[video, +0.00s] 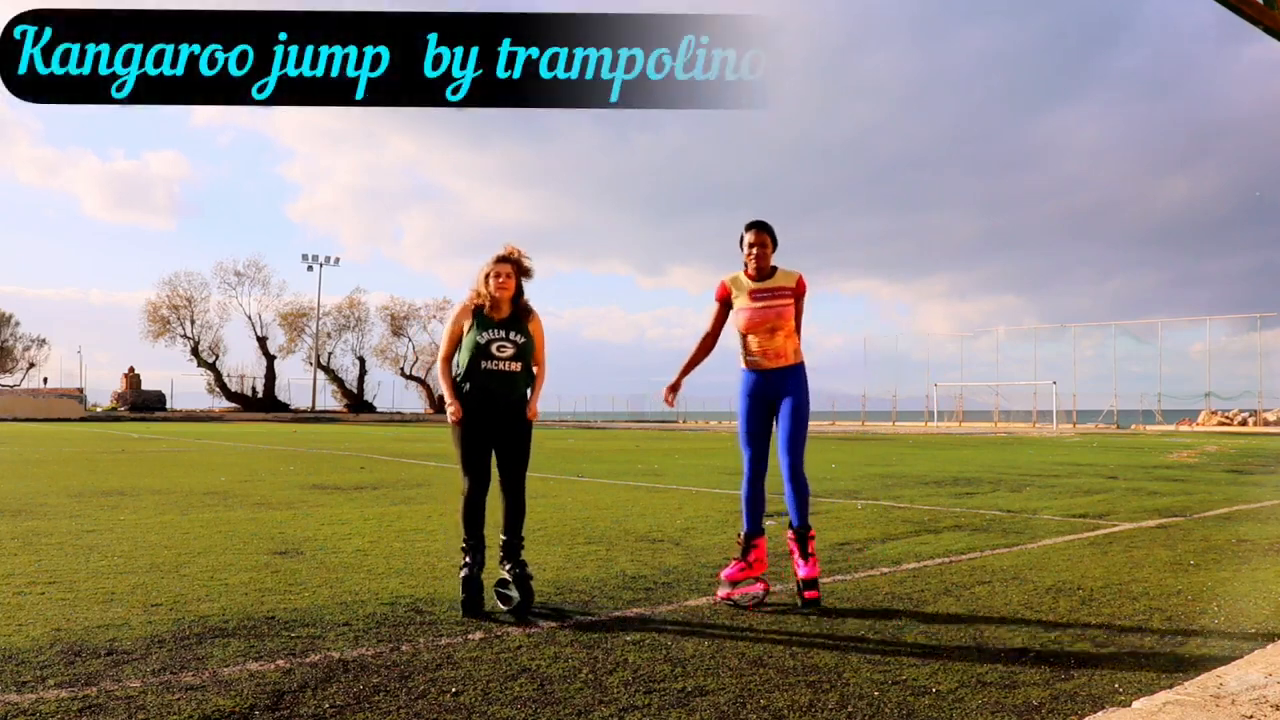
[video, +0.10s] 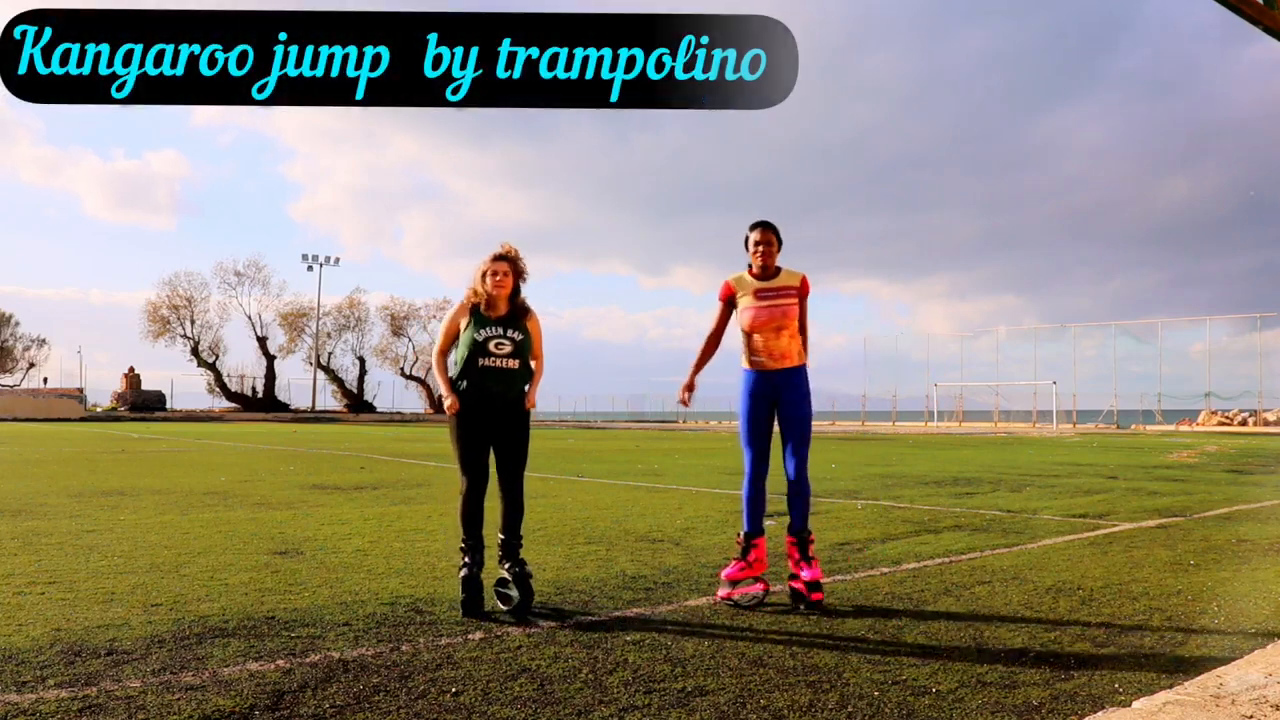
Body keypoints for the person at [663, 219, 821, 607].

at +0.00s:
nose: (755, 251)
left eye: (761, 245)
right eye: (749, 246)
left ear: (773, 249)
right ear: (742, 250)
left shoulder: (794, 282)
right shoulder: (731, 287)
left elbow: (795, 331)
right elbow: (710, 338)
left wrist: (789, 366)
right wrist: (679, 377)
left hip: (792, 381)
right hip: (753, 382)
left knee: (792, 466)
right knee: (754, 467)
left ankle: (802, 546)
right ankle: (752, 551)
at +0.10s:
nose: (760, 249)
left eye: (766, 244)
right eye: (755, 244)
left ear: (778, 249)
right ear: (747, 250)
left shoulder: (797, 282)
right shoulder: (735, 286)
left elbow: (802, 332)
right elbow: (715, 335)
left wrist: (801, 371)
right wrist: (691, 375)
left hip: (794, 380)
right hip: (754, 382)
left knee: (797, 470)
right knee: (755, 468)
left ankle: (801, 553)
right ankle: (752, 552)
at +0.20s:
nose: (771, 248)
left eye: (777, 242)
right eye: (765, 243)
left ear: (787, 248)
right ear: (756, 249)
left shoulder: (805, 282)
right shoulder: (744, 285)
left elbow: (814, 333)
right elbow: (727, 334)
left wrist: (826, 383)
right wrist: (715, 380)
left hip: (800, 381)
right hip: (761, 381)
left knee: (800, 469)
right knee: (759, 467)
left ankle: (801, 551)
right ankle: (752, 550)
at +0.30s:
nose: (778, 245)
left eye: (783, 239)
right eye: (772, 240)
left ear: (794, 246)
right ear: (763, 248)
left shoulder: (812, 280)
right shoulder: (753, 283)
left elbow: (825, 332)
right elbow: (737, 336)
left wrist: (846, 380)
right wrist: (732, 384)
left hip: (803, 380)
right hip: (764, 380)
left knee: (802, 468)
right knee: (759, 467)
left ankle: (802, 551)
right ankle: (752, 549)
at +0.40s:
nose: (788, 247)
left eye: (794, 242)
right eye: (783, 242)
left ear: (804, 248)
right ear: (774, 250)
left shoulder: (821, 283)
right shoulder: (762, 284)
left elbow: (838, 333)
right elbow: (750, 337)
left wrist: (866, 369)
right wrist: (756, 384)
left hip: (807, 383)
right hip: (769, 381)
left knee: (803, 470)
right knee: (759, 467)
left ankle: (801, 552)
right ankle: (751, 548)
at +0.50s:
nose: (793, 248)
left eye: (799, 243)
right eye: (787, 243)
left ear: (809, 249)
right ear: (778, 251)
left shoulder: (826, 285)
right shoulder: (764, 285)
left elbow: (845, 333)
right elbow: (751, 339)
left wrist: (871, 366)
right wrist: (768, 382)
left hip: (809, 384)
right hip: (769, 381)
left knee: (803, 472)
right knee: (762, 467)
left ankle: (801, 552)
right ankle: (752, 546)